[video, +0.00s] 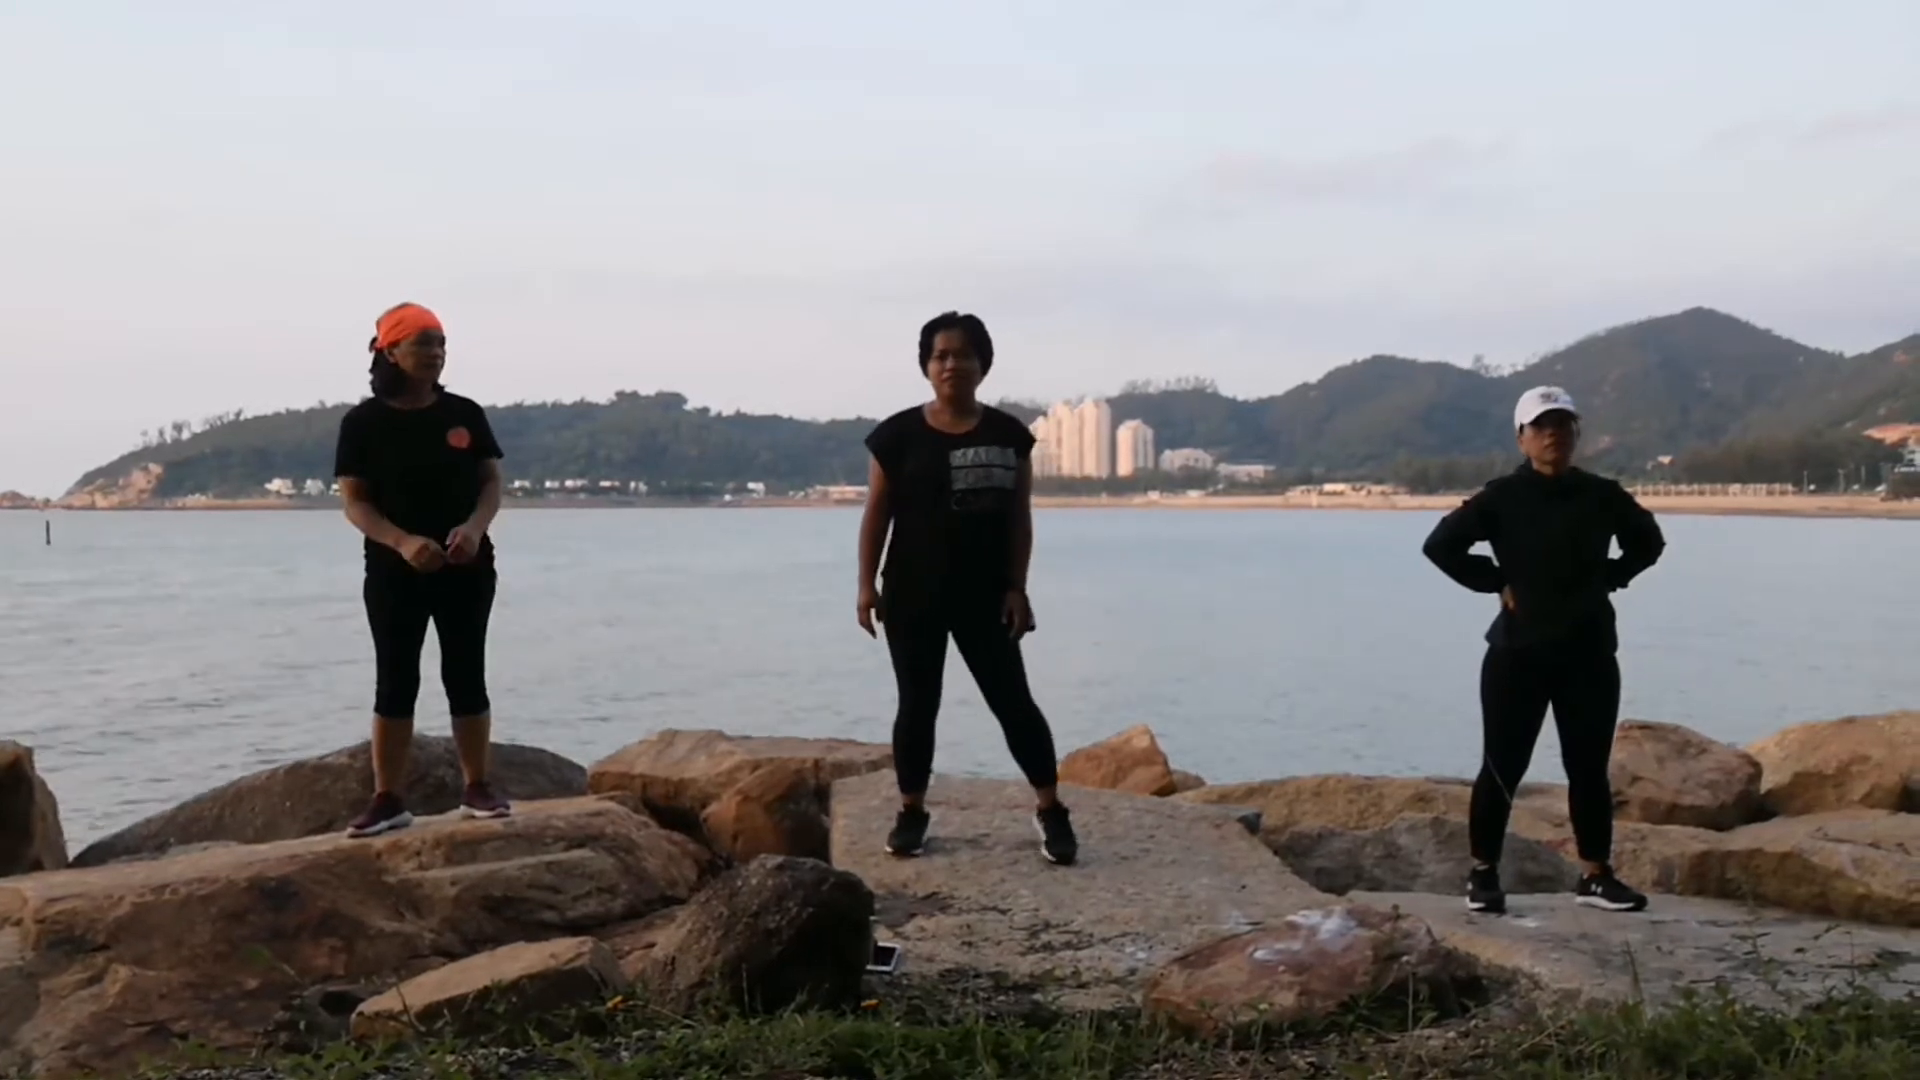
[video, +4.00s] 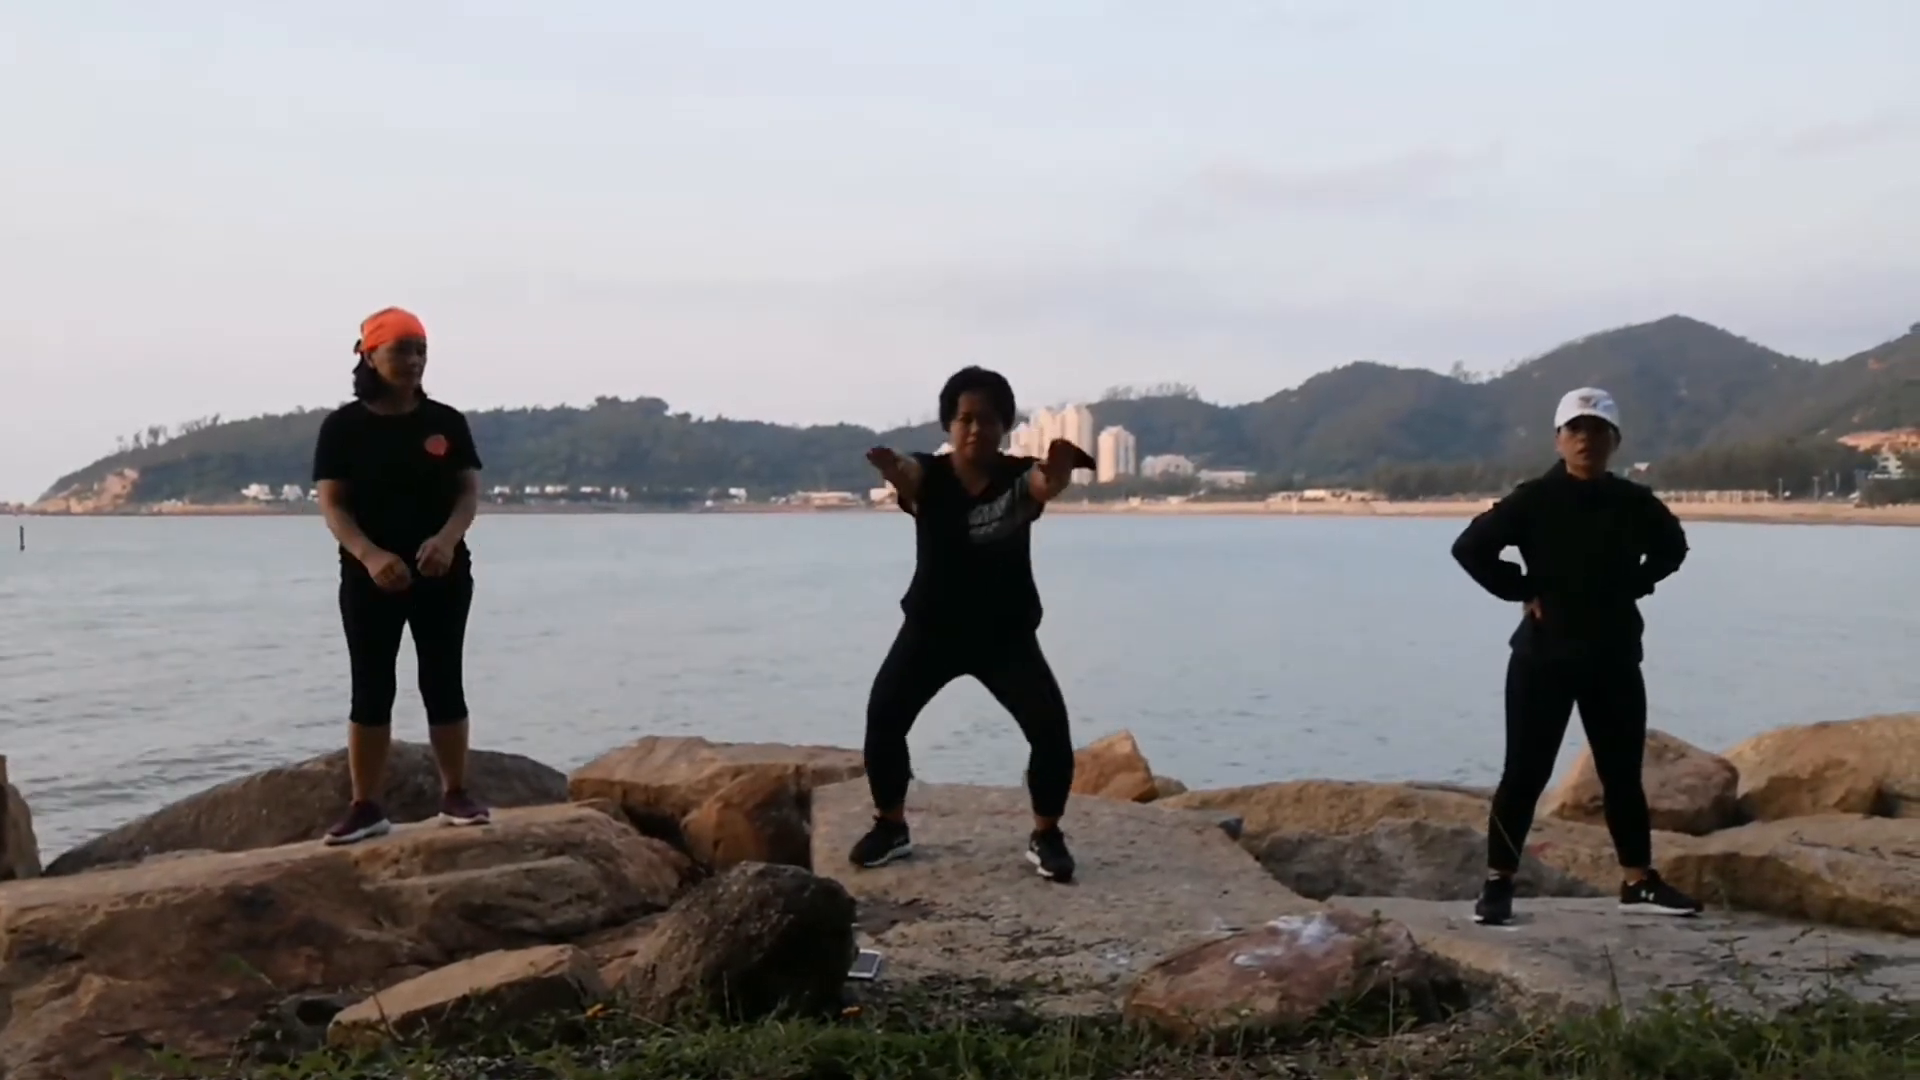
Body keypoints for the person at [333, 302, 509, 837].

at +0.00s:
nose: (437, 351)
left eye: (440, 342)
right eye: (424, 343)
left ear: (445, 349)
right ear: (391, 353)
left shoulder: (465, 414)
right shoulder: (361, 423)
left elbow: (492, 482)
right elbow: (354, 505)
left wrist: (476, 525)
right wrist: (402, 540)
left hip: (465, 570)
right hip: (395, 573)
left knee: (467, 681)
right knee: (395, 686)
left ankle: (477, 789)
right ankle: (387, 798)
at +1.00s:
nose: (434, 354)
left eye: (437, 344)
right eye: (421, 345)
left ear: (441, 350)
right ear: (388, 354)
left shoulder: (462, 416)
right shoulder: (357, 424)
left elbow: (488, 487)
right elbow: (348, 505)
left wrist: (472, 531)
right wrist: (391, 548)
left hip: (459, 570)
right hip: (389, 573)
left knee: (462, 681)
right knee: (390, 687)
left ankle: (472, 790)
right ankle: (382, 799)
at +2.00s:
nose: (430, 356)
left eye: (433, 346)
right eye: (417, 348)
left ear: (438, 352)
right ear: (383, 356)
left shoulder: (459, 417)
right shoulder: (354, 425)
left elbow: (485, 487)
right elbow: (345, 506)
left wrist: (475, 534)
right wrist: (381, 555)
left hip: (456, 575)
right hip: (387, 577)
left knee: (458, 683)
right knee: (386, 690)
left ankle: (468, 791)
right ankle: (378, 801)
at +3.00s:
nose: (424, 358)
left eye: (428, 348)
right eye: (411, 349)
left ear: (433, 353)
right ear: (378, 356)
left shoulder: (453, 419)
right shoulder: (348, 426)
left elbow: (483, 491)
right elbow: (339, 508)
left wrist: (456, 527)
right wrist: (394, 539)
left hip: (449, 571)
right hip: (379, 574)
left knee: (452, 684)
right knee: (379, 690)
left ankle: (462, 793)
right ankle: (372, 803)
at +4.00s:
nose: (412, 358)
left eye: (418, 349)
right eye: (400, 349)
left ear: (426, 355)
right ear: (369, 356)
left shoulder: (448, 422)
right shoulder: (341, 427)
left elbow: (469, 491)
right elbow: (331, 506)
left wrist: (449, 536)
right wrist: (369, 553)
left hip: (441, 575)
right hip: (369, 579)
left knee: (444, 686)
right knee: (370, 692)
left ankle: (455, 796)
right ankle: (365, 805)